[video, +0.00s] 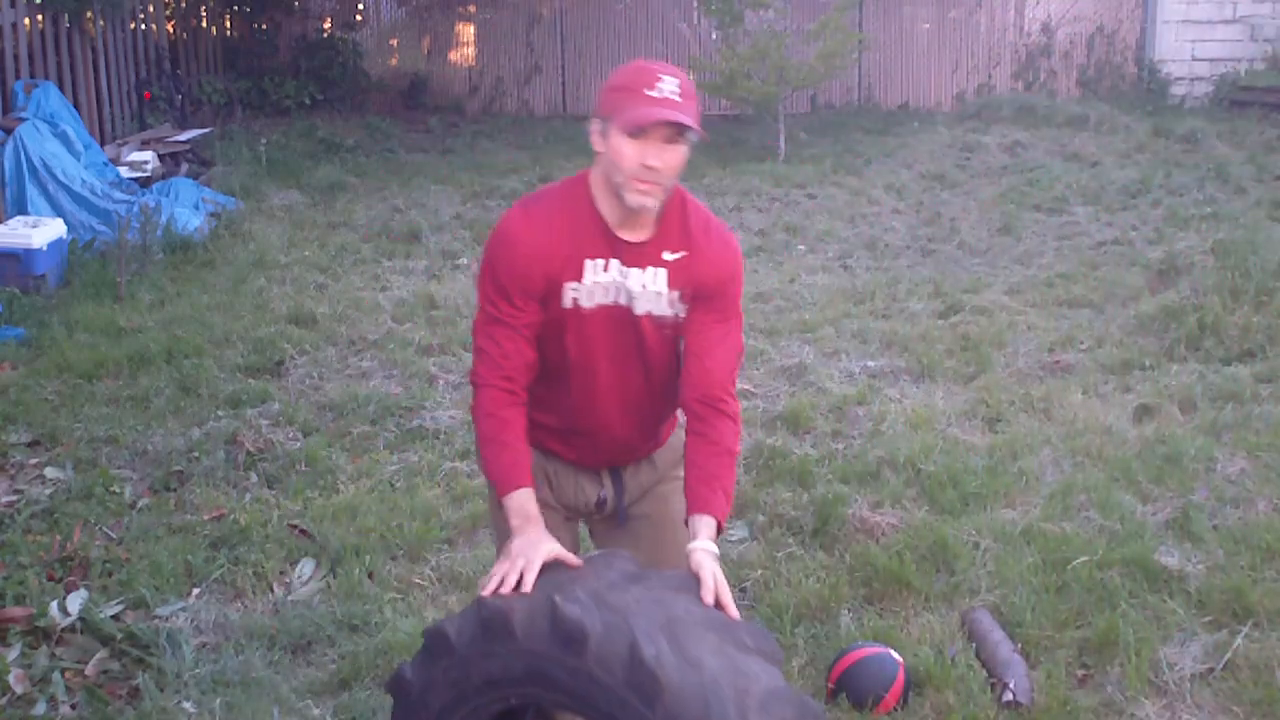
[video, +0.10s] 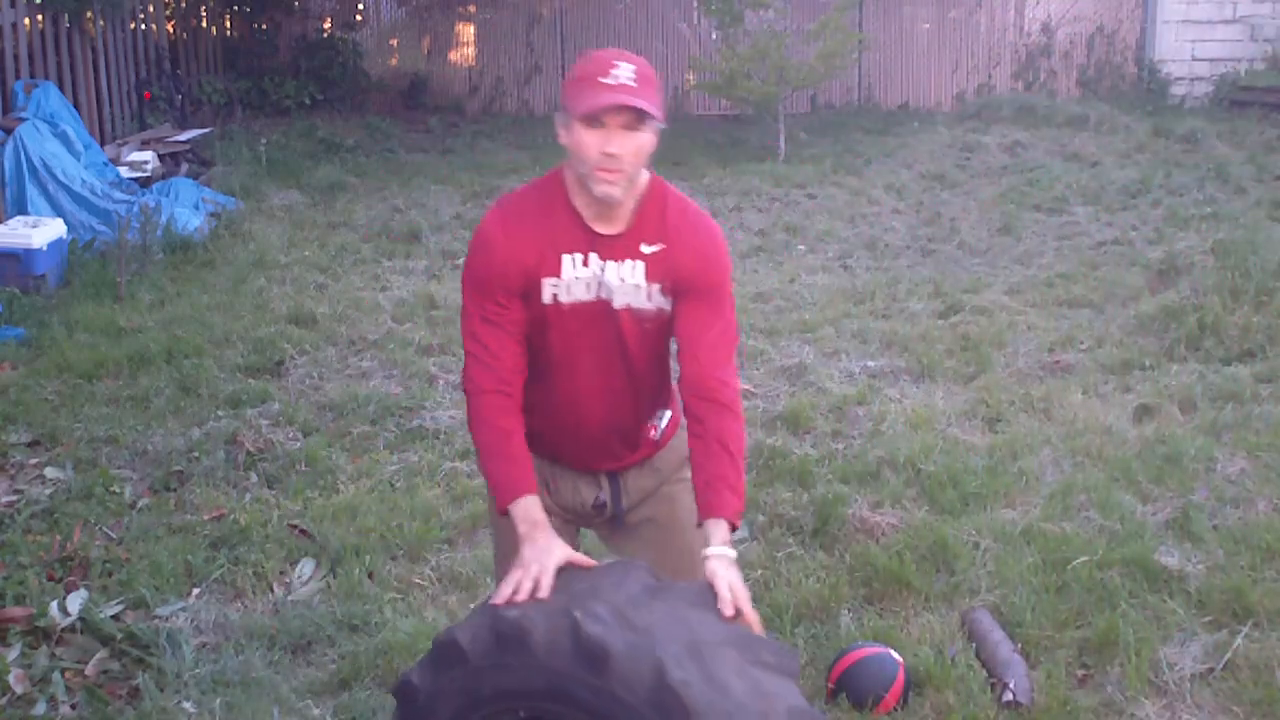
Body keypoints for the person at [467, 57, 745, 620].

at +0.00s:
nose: (653, 158)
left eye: (672, 140)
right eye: (636, 135)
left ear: (689, 150)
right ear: (598, 136)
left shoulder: (710, 250)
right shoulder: (529, 235)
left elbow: (712, 401)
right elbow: (498, 386)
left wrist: (703, 534)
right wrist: (525, 524)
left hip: (653, 464)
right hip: (540, 467)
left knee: (676, 642)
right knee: (541, 649)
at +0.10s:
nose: (612, 146)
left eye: (632, 127)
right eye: (594, 124)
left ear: (655, 138)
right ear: (562, 130)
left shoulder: (692, 238)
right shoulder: (508, 233)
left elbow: (713, 392)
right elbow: (491, 388)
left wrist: (719, 540)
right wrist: (530, 527)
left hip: (658, 471)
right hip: (540, 475)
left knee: (719, 649)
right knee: (535, 662)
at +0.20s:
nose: (580, 136)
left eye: (600, 113)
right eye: (560, 114)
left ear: (627, 123)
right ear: (534, 125)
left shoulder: (680, 226)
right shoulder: (493, 233)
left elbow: (714, 381)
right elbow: (492, 395)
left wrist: (735, 536)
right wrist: (548, 528)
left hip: (664, 466)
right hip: (542, 479)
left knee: (718, 647)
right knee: (548, 666)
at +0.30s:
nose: (560, 129)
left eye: (578, 106)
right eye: (540, 109)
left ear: (609, 112)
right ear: (518, 120)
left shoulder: (675, 216)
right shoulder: (487, 233)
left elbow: (726, 371)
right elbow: (502, 396)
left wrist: (748, 527)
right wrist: (564, 525)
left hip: (672, 470)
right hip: (547, 486)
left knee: (728, 659)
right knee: (562, 679)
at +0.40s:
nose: (558, 127)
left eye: (576, 104)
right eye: (539, 108)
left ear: (610, 109)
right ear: (519, 119)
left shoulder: (683, 210)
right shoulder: (495, 233)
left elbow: (738, 366)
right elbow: (510, 399)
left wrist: (755, 529)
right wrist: (574, 525)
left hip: (682, 478)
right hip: (555, 489)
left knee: (718, 677)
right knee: (567, 689)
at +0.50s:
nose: (583, 128)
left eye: (602, 104)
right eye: (564, 108)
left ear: (637, 113)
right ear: (543, 121)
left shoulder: (707, 219)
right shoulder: (518, 236)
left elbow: (753, 380)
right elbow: (512, 397)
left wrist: (770, 543)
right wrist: (563, 529)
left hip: (701, 489)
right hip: (574, 494)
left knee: (739, 687)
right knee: (575, 695)